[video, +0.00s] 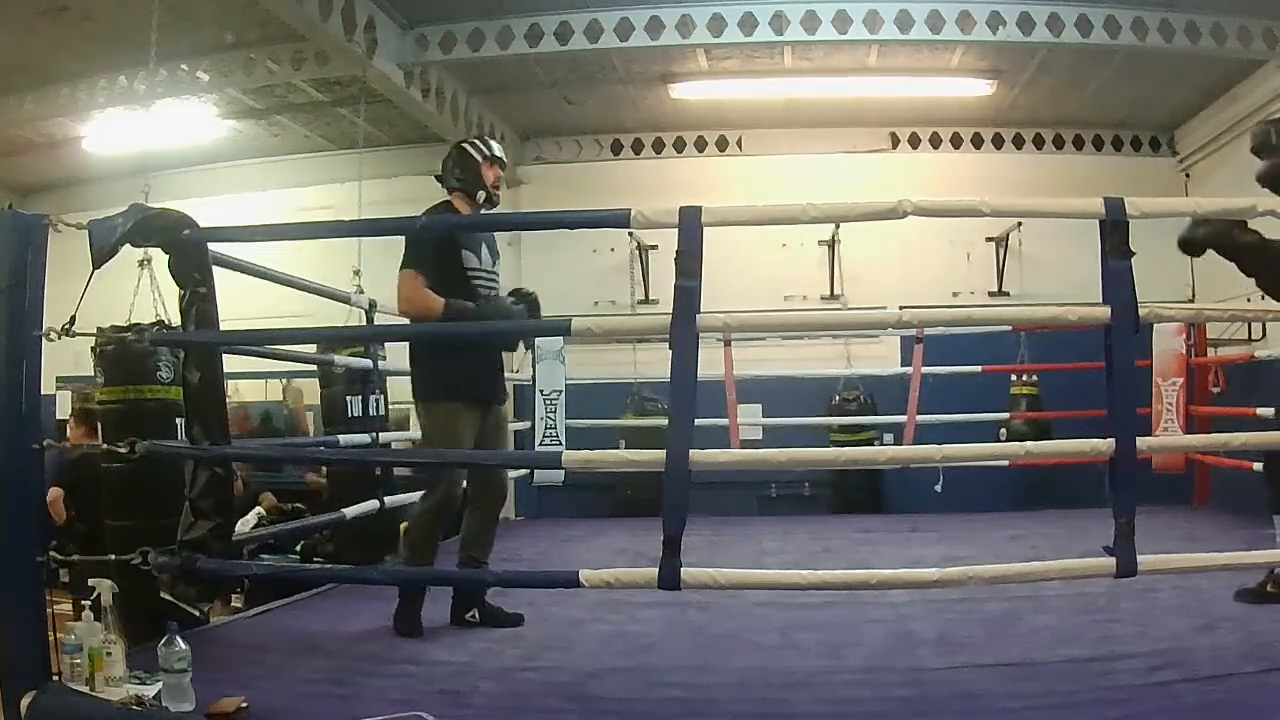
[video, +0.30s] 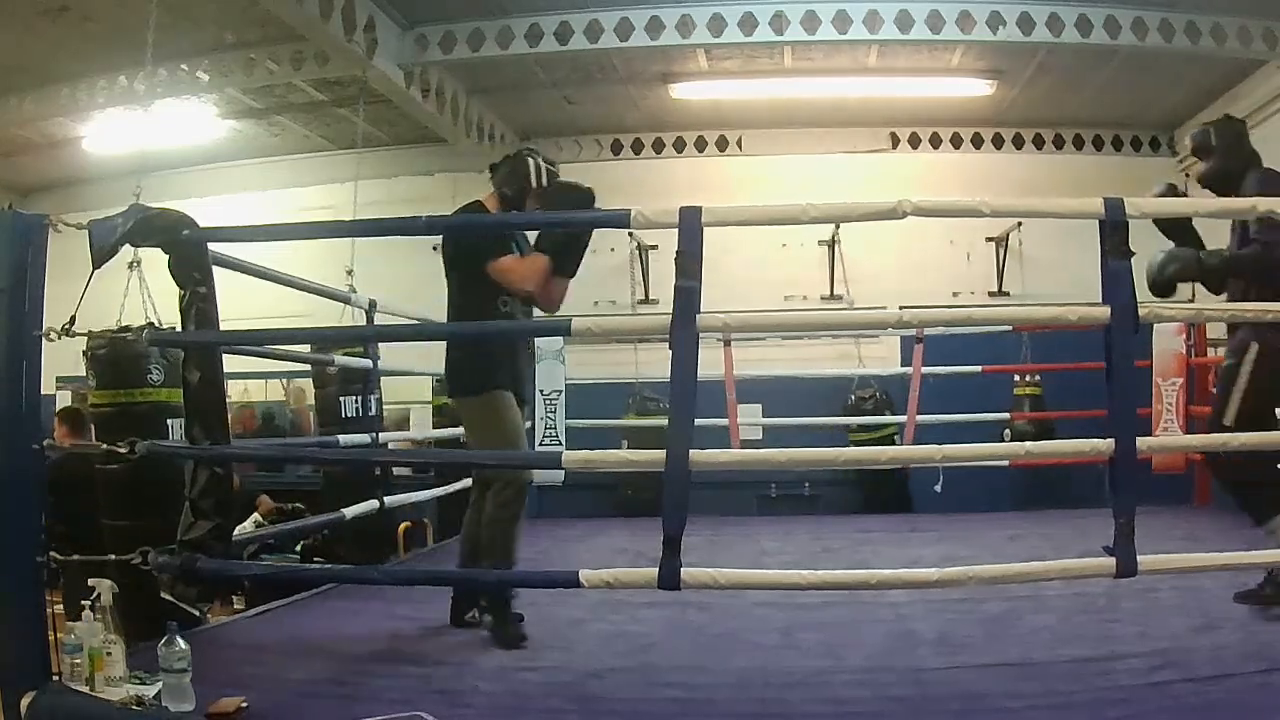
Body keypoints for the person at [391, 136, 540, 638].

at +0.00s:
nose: (499, 176)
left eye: (499, 169)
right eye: (491, 166)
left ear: (485, 177)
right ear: (464, 167)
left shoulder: (483, 235)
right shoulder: (432, 224)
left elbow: (477, 303)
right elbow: (408, 298)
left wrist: (513, 305)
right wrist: (475, 312)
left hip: (487, 384)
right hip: (444, 385)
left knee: (490, 489)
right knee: (444, 489)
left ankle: (469, 600)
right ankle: (409, 599)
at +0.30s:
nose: (538, 208)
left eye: (540, 201)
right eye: (536, 198)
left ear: (524, 194)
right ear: (519, 190)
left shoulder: (511, 232)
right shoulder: (470, 224)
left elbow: (550, 298)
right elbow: (524, 276)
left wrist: (575, 241)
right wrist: (555, 229)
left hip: (506, 375)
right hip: (478, 375)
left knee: (494, 484)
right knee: (513, 477)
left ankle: (468, 595)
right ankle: (498, 602)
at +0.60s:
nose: (600, 183)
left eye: (600, 173)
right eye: (595, 173)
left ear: (561, 176)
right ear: (570, 176)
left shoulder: (570, 228)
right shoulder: (527, 223)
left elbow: (570, 295)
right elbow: (539, 302)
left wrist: (616, 284)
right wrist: (605, 289)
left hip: (581, 383)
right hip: (542, 385)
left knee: (617, 483)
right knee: (551, 499)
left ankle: (530, 560)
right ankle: (539, 620)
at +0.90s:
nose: (693, 190)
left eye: (690, 182)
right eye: (684, 182)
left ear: (664, 191)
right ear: (655, 187)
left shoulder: (676, 244)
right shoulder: (609, 234)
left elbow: (727, 297)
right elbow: (641, 296)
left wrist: (764, 253)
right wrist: (684, 259)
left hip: (673, 403)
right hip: (610, 402)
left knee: (720, 491)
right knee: (583, 506)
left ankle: (743, 595)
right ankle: (542, 614)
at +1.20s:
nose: (739, 192)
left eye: (739, 185)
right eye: (733, 184)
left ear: (713, 187)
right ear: (705, 184)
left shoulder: (726, 230)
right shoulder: (654, 222)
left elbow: (801, 247)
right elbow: (679, 298)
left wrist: (870, 220)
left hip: (686, 388)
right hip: (629, 383)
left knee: (727, 482)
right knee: (592, 491)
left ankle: (744, 592)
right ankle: (537, 594)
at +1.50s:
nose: (672, 198)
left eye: (672, 188)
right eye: (665, 188)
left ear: (627, 188)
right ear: (638, 187)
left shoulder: (630, 236)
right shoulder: (607, 233)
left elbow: (668, 296)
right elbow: (672, 291)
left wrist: (703, 246)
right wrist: (711, 243)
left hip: (640, 406)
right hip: (602, 407)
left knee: (705, 491)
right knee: (561, 514)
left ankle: (739, 597)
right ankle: (503, 616)